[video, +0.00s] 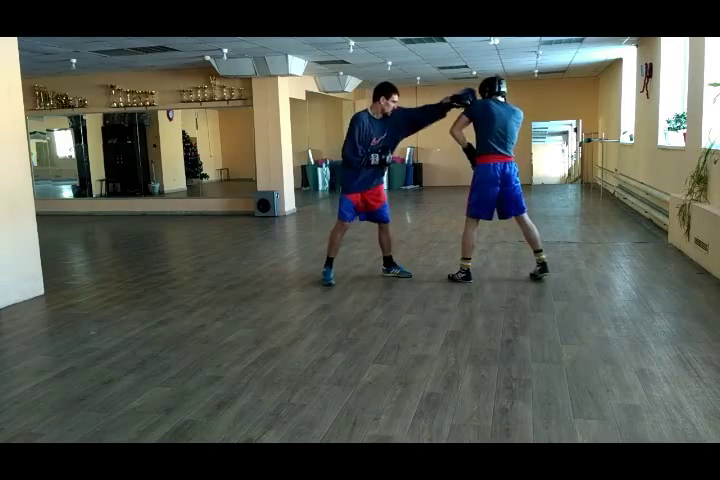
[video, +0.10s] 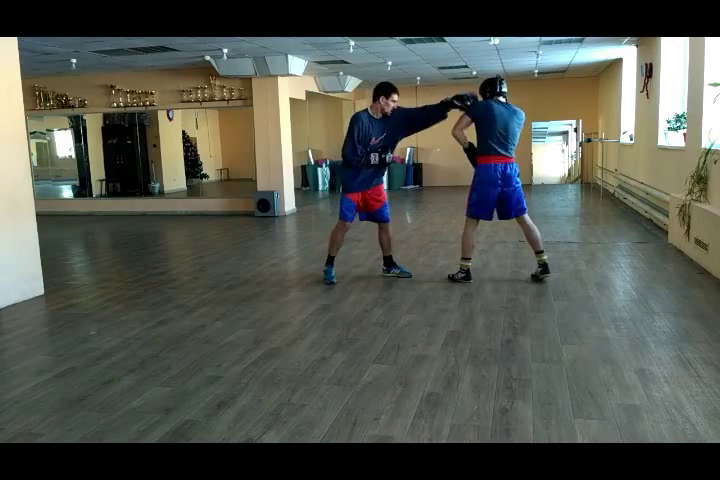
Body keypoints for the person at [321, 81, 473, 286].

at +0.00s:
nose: (394, 107)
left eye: (396, 103)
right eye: (392, 102)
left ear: (385, 101)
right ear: (380, 99)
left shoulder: (395, 117)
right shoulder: (360, 120)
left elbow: (422, 113)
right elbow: (349, 155)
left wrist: (449, 103)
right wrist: (377, 158)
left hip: (375, 182)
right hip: (353, 183)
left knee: (384, 223)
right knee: (343, 223)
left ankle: (389, 265)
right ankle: (328, 267)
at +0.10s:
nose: (394, 106)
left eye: (396, 102)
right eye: (392, 101)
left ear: (383, 101)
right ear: (380, 100)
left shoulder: (395, 117)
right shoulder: (359, 120)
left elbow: (422, 114)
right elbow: (349, 156)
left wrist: (449, 104)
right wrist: (378, 158)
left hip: (375, 181)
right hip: (353, 182)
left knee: (384, 223)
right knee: (344, 222)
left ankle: (388, 264)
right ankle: (329, 265)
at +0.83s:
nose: (404, 112)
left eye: (406, 108)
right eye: (402, 107)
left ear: (401, 108)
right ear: (389, 104)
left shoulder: (402, 125)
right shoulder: (372, 125)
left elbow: (423, 120)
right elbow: (356, 153)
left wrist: (443, 113)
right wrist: (381, 163)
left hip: (391, 183)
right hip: (369, 184)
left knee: (401, 219)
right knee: (358, 219)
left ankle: (406, 260)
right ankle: (339, 257)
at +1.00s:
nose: (399, 114)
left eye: (400, 110)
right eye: (396, 109)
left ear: (400, 109)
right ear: (383, 107)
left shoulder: (401, 124)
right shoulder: (368, 127)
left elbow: (415, 144)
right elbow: (356, 159)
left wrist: (429, 131)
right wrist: (387, 161)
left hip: (392, 183)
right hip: (369, 185)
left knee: (400, 220)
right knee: (361, 223)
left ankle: (406, 259)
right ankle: (349, 255)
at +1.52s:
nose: (397, 110)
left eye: (399, 107)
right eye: (393, 106)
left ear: (400, 108)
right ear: (382, 107)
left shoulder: (403, 128)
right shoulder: (371, 130)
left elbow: (408, 156)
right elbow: (364, 161)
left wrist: (418, 151)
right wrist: (388, 163)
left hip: (401, 186)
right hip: (377, 188)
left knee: (413, 223)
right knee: (364, 223)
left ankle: (416, 247)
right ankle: (351, 257)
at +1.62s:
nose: (410, 111)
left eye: (412, 107)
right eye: (406, 107)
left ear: (414, 108)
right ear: (396, 107)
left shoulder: (419, 128)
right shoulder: (384, 132)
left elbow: (429, 161)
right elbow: (377, 162)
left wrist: (431, 151)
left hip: (414, 186)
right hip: (391, 187)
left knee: (417, 223)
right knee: (376, 221)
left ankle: (416, 249)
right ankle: (358, 253)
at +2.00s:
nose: (437, 105)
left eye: (440, 102)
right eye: (433, 101)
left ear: (443, 102)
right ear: (424, 101)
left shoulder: (450, 121)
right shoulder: (413, 126)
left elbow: (469, 139)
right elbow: (405, 155)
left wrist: (474, 123)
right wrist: (418, 172)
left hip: (446, 180)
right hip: (422, 181)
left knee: (460, 217)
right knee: (415, 218)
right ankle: (415, 246)